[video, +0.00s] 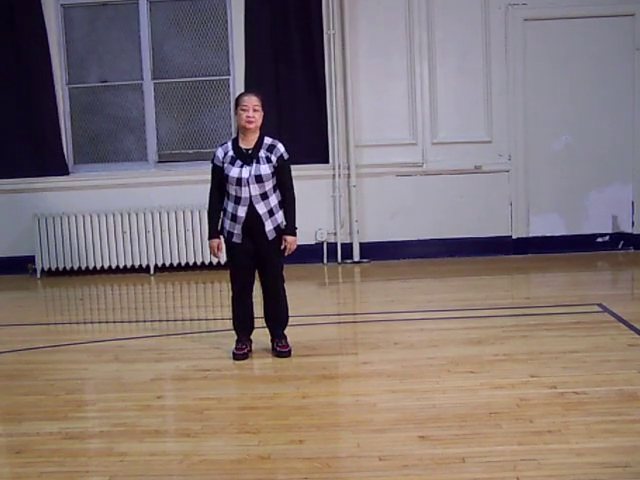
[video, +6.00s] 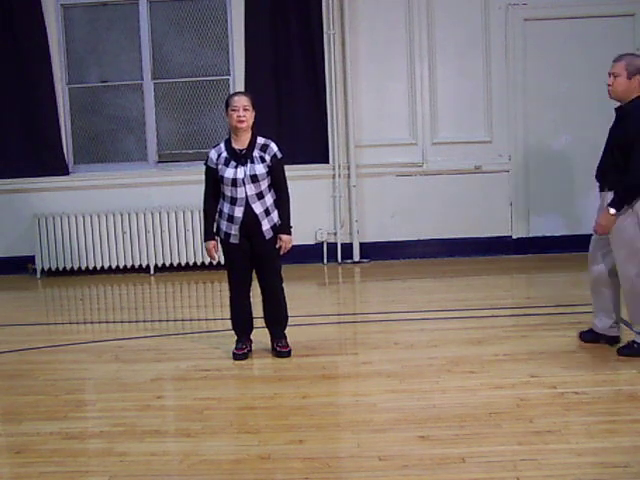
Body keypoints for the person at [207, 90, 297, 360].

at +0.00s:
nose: (250, 114)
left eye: (255, 110)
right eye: (244, 109)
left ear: (262, 115)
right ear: (236, 114)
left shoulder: (275, 149)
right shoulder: (223, 153)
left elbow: (287, 192)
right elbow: (216, 196)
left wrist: (290, 229)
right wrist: (214, 232)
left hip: (270, 230)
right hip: (237, 232)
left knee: (274, 284)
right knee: (241, 287)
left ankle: (279, 335)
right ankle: (243, 337)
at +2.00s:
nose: (244, 115)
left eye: (249, 110)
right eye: (238, 110)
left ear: (257, 115)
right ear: (231, 115)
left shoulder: (271, 150)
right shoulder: (219, 154)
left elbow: (284, 192)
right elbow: (212, 197)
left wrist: (287, 230)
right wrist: (210, 234)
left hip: (267, 230)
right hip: (233, 232)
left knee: (272, 285)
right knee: (239, 288)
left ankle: (278, 335)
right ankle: (242, 337)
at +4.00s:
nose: (254, 115)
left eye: (258, 111)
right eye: (248, 110)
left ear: (261, 115)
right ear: (233, 114)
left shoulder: (271, 149)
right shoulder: (220, 154)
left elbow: (285, 191)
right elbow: (213, 197)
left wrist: (289, 229)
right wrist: (212, 235)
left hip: (269, 231)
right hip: (235, 233)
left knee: (274, 285)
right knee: (240, 288)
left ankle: (279, 335)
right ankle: (243, 338)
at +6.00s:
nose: (241, 114)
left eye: (246, 109)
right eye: (235, 110)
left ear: (254, 114)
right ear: (227, 116)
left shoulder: (268, 149)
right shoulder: (216, 155)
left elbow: (282, 192)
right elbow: (210, 198)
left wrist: (285, 229)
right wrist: (210, 235)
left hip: (266, 231)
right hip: (232, 233)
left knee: (272, 285)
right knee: (239, 289)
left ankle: (279, 335)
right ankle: (243, 338)